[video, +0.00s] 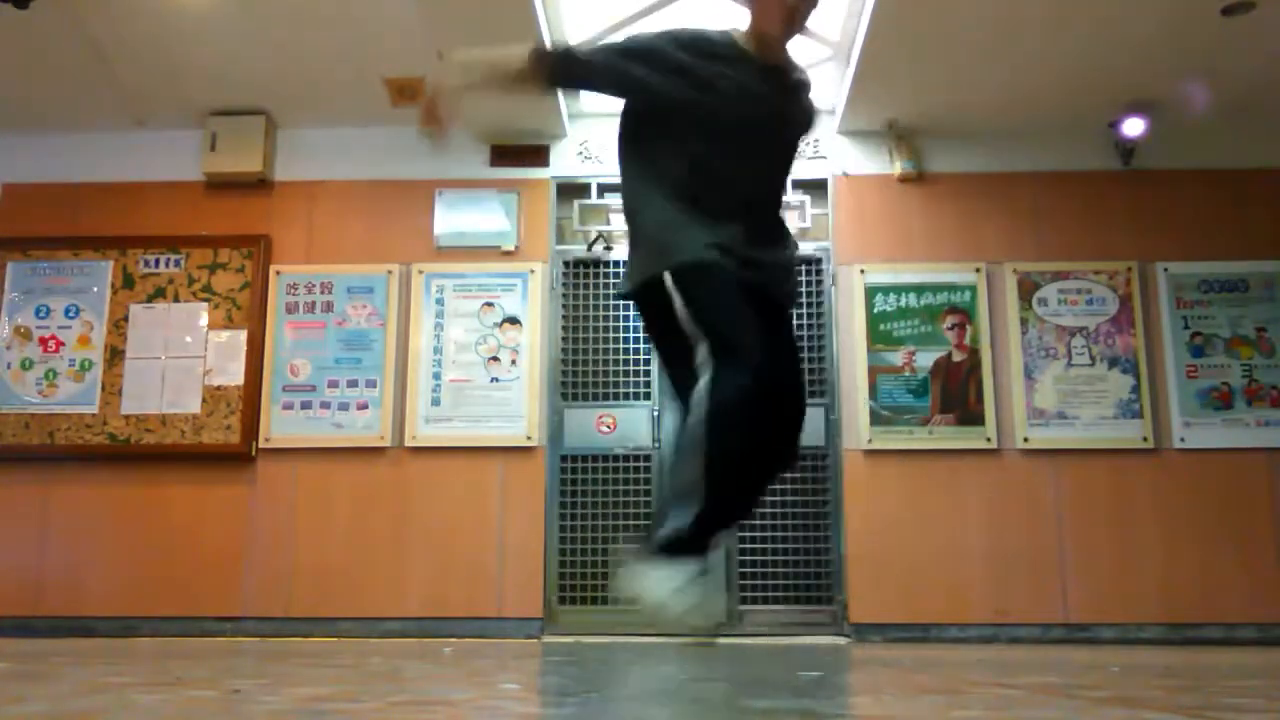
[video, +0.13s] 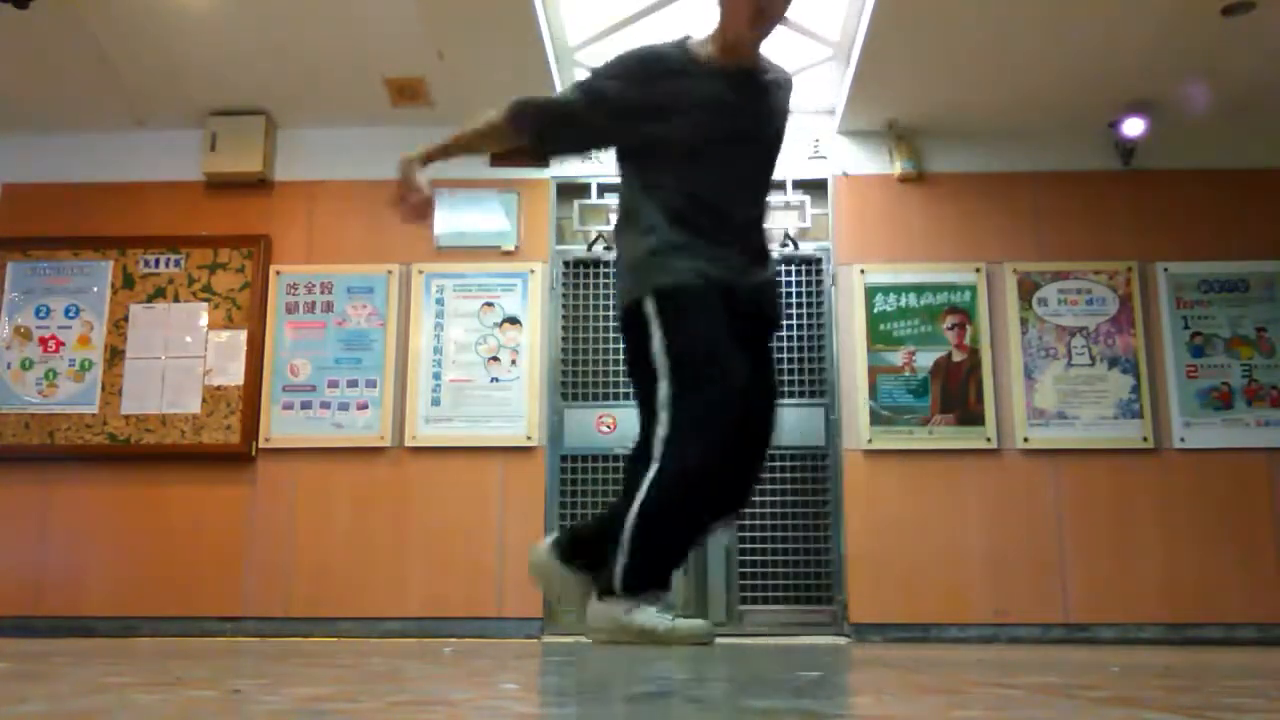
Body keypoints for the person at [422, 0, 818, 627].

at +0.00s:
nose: (797, 15)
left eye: (804, 8)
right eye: (789, 2)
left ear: (804, 18)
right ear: (757, 2)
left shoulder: (792, 96)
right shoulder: (690, 53)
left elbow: (761, 189)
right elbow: (573, 65)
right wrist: (461, 75)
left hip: (754, 265)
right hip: (676, 252)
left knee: (778, 425)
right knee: (731, 383)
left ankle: (677, 555)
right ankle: (668, 561)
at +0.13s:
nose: (769, 11)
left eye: (777, 5)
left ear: (781, 16)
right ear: (728, 1)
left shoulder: (772, 89)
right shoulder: (658, 71)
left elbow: (735, 184)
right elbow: (550, 120)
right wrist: (427, 157)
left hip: (742, 283)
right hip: (666, 276)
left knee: (731, 466)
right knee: (684, 431)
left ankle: (573, 557)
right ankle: (627, 597)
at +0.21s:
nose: (749, 15)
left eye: (757, 7)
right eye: (741, 3)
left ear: (760, 12)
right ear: (710, 0)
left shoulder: (764, 82)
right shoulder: (646, 61)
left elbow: (786, 168)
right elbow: (561, 96)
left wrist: (841, 186)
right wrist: (517, 113)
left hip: (717, 275)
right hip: (641, 268)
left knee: (738, 441)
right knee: (674, 428)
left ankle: (599, 536)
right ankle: (629, 595)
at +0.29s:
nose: (736, 7)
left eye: (743, 2)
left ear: (749, 4)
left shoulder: (754, 53)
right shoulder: (646, 21)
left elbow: (812, 109)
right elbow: (645, 66)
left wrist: (887, 120)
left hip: (678, 240)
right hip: (603, 236)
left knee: (740, 370)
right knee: (627, 390)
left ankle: (673, 533)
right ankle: (625, 571)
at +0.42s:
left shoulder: (736, 22)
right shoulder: (684, 18)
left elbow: (811, 58)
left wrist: (893, 88)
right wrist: (886, 83)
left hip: (638, 225)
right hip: (576, 217)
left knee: (699, 370)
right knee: (600, 388)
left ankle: (716, 518)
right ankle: (587, 575)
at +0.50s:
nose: (760, 8)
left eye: (761, 3)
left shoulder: (710, 43)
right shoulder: (671, 18)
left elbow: (771, 100)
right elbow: (745, 96)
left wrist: (764, 81)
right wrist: (776, 84)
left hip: (639, 245)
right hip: (576, 241)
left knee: (699, 396)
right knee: (588, 419)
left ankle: (674, 552)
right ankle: (583, 595)